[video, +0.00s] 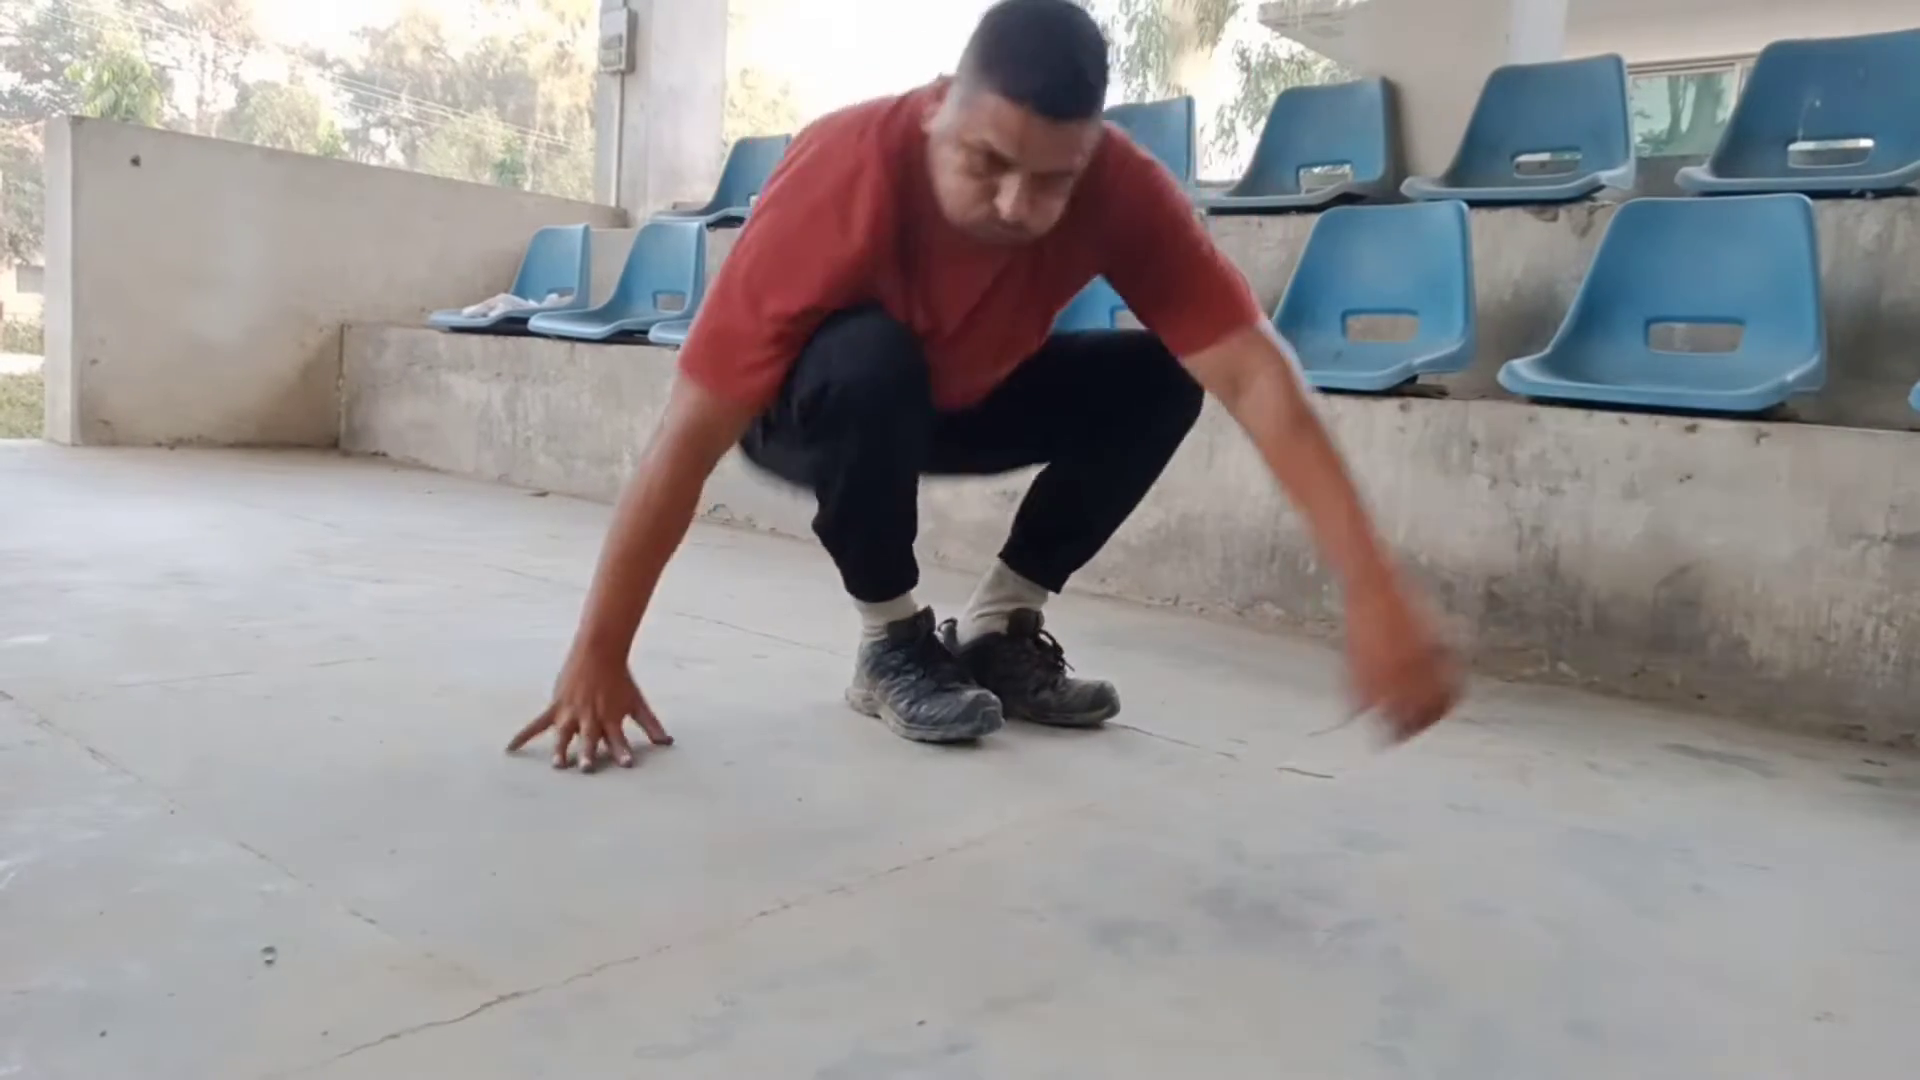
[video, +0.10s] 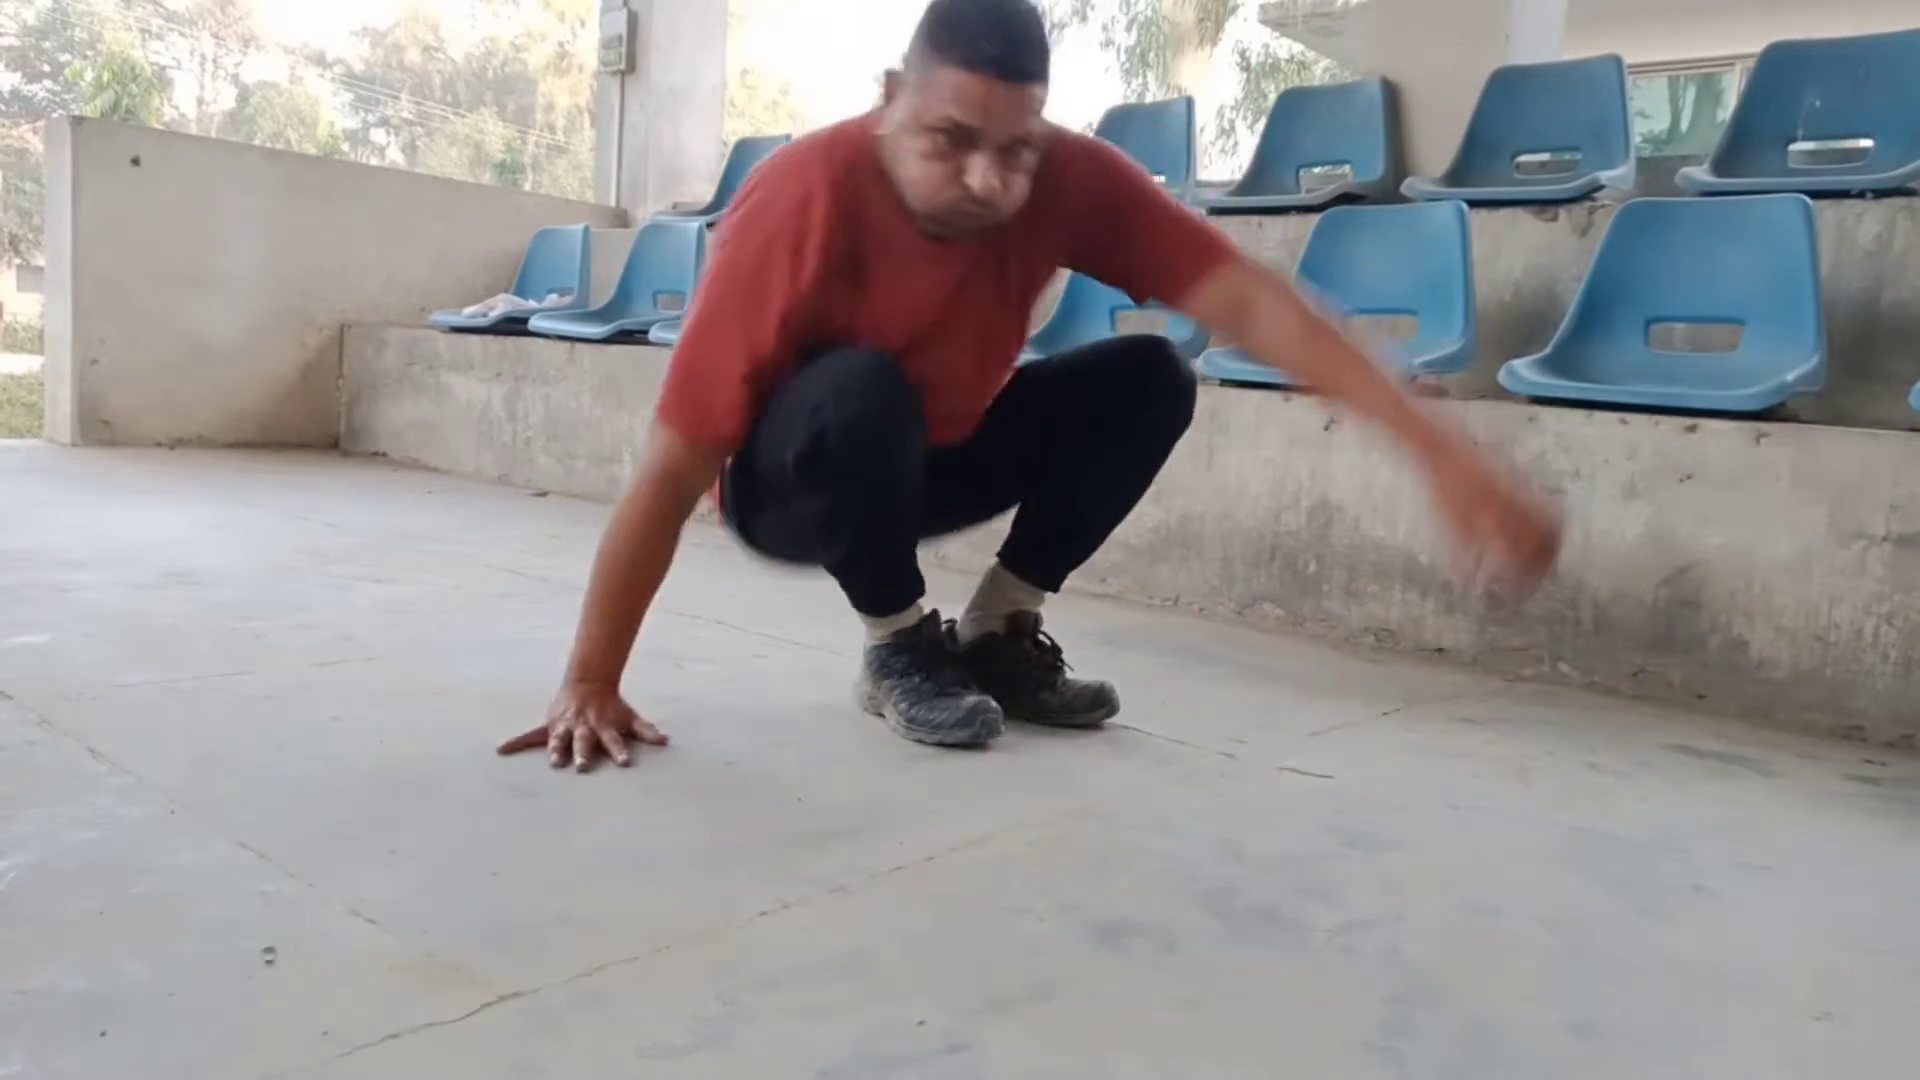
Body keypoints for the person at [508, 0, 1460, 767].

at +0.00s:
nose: (1020, 206)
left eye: (1056, 181)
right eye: (993, 167)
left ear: (1094, 150)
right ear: (945, 110)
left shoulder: (1121, 190)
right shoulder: (843, 176)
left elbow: (1256, 381)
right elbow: (694, 427)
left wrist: (1374, 590)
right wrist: (600, 652)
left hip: (966, 412)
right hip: (812, 411)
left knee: (1158, 375)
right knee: (872, 358)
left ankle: (1005, 632)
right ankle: (895, 642)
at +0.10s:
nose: (991, 180)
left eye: (1020, 148)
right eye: (956, 142)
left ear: (1047, 123)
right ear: (892, 111)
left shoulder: (1070, 178)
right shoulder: (800, 198)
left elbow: (1248, 300)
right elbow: (678, 459)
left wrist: (1448, 460)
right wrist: (593, 683)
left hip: (943, 461)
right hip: (791, 476)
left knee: (1150, 384)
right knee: (860, 390)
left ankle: (1000, 633)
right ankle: (902, 645)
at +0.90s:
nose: (828, 208)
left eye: (839, 182)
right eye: (800, 182)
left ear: (835, 175)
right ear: (713, 173)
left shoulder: (807, 278)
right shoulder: (627, 277)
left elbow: (807, 455)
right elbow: (500, 483)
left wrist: (893, 609)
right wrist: (567, 685)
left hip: (853, 592)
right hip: (757, 644)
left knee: (1065, 398)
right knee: (942, 487)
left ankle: (1289, 656)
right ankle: (1303, 751)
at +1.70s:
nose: (933, 216)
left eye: (952, 193)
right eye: (914, 185)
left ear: (964, 183)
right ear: (841, 156)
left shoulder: (939, 280)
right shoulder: (749, 248)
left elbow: (967, 446)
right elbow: (682, 457)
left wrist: (931, 635)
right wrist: (661, 670)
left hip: (919, 584)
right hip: (820, 598)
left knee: (1141, 443)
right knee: (1045, 456)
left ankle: (1380, 690)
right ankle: (1343, 747)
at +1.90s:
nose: (943, 228)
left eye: (960, 204)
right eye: (923, 198)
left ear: (966, 197)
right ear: (849, 176)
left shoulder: (952, 289)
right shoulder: (759, 274)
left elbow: (982, 456)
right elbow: (650, 465)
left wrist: (1024, 582)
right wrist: (658, 677)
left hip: (947, 613)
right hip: (843, 627)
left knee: (1169, 447)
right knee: (1066, 454)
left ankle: (1423, 710)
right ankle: (1370, 763)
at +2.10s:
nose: (969, 242)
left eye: (989, 219)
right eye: (947, 212)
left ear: (1005, 212)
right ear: (877, 191)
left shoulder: (968, 292)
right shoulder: (783, 279)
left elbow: (927, 461)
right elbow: (641, 465)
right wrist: (661, 679)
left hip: (948, 617)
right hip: (846, 626)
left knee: (1183, 454)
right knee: (1069, 449)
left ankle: (1441, 711)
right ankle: (1371, 761)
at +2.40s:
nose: (959, 232)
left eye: (983, 211)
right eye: (939, 199)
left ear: (998, 211)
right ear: (876, 179)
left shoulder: (969, 297)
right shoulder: (787, 277)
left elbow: (931, 466)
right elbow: (665, 474)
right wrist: (710, 678)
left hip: (941, 613)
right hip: (840, 626)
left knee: (1187, 454)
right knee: (1073, 457)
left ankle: (1438, 702)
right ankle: (1377, 760)